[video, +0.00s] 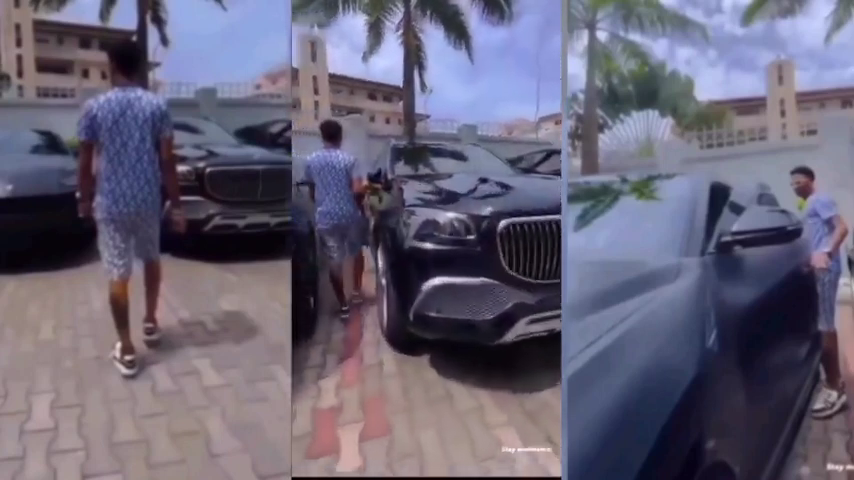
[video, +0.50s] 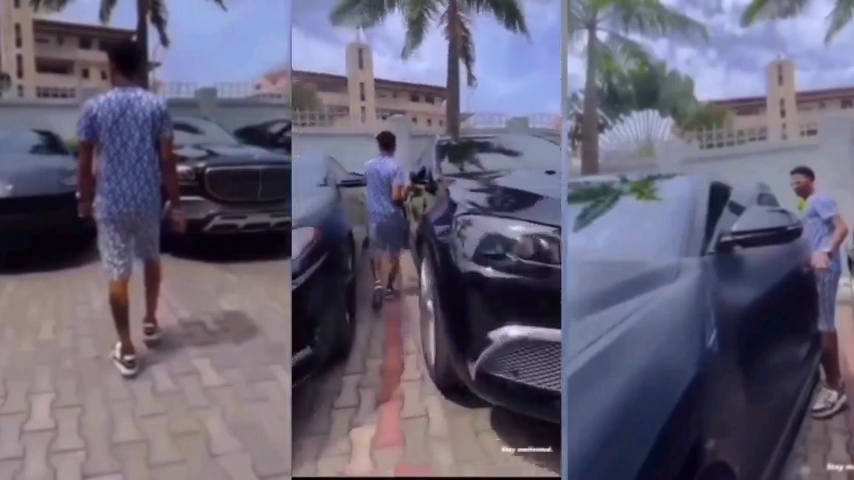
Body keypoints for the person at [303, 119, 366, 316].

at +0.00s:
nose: (334, 139)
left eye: (329, 136)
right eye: (337, 136)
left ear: (322, 137)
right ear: (340, 137)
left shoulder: (312, 161)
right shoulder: (349, 159)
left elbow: (311, 192)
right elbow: (357, 189)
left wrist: (318, 205)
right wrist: (360, 207)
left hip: (325, 214)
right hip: (349, 213)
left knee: (334, 260)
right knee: (357, 252)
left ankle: (342, 305)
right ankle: (357, 290)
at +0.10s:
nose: (346, 142)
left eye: (340, 138)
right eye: (348, 138)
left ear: (332, 139)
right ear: (350, 139)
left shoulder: (322, 162)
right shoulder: (358, 161)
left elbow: (322, 193)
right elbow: (364, 190)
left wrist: (329, 205)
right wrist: (374, 186)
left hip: (333, 213)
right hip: (356, 212)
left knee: (342, 258)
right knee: (361, 252)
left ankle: (350, 306)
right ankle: (363, 285)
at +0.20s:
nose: (354, 145)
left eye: (349, 142)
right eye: (357, 142)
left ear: (344, 143)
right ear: (362, 143)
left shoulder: (333, 165)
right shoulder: (368, 165)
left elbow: (333, 193)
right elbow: (373, 193)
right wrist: (382, 187)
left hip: (344, 217)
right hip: (366, 216)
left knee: (351, 260)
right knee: (369, 256)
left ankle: (357, 307)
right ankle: (367, 283)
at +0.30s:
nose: (367, 148)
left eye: (362, 144)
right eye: (370, 145)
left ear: (356, 145)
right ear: (373, 146)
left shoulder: (346, 167)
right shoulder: (377, 168)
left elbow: (345, 190)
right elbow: (381, 196)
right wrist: (390, 187)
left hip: (354, 215)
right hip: (374, 215)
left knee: (359, 258)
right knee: (376, 253)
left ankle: (364, 304)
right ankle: (373, 284)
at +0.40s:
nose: (380, 148)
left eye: (375, 144)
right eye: (382, 145)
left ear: (368, 146)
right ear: (384, 146)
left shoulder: (358, 166)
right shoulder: (386, 168)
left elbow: (358, 187)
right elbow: (388, 196)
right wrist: (399, 189)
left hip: (363, 214)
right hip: (382, 215)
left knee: (368, 254)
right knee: (385, 253)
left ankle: (370, 292)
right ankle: (381, 285)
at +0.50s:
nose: (392, 148)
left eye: (386, 145)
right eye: (393, 145)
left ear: (378, 146)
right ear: (394, 146)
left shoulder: (369, 165)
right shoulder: (395, 167)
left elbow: (368, 186)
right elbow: (396, 196)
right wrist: (406, 191)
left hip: (374, 213)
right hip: (392, 214)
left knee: (375, 250)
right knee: (394, 253)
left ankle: (377, 283)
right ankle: (390, 286)